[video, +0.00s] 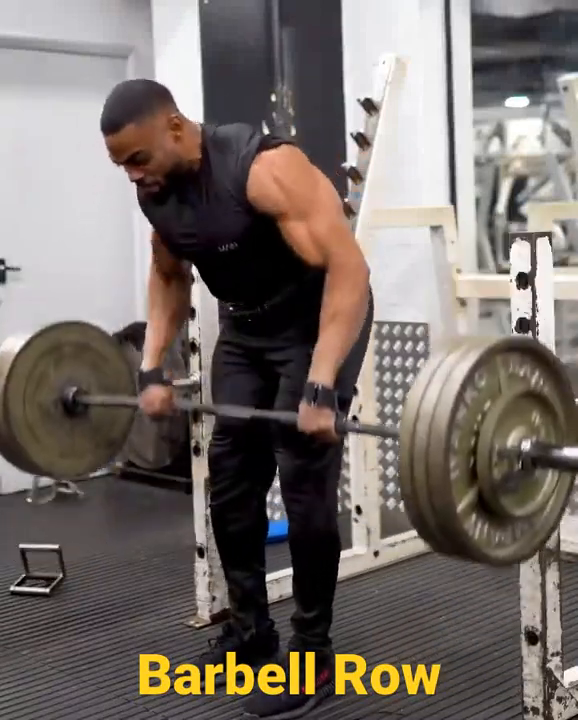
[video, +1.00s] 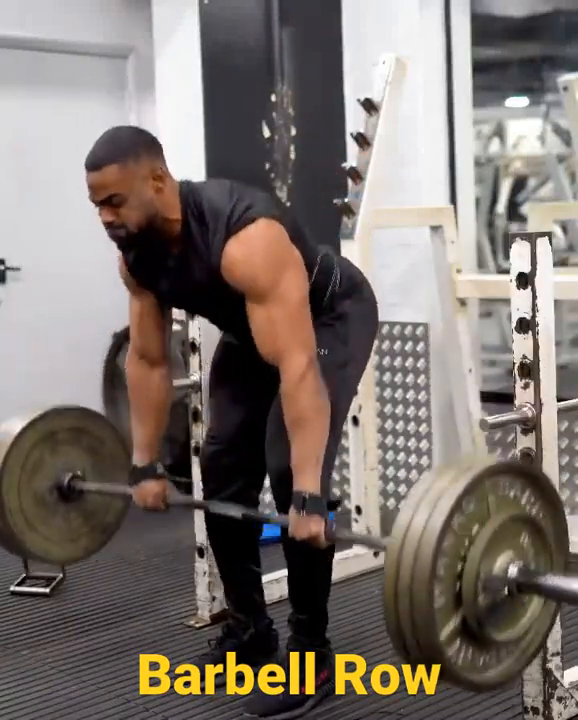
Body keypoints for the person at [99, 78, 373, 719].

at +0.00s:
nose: (133, 176)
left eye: (139, 159)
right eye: (124, 165)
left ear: (178, 128)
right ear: (120, 154)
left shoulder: (268, 167)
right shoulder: (158, 192)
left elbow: (350, 271)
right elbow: (169, 276)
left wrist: (320, 385)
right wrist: (153, 367)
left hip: (316, 331)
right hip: (245, 338)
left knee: (305, 488)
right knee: (230, 484)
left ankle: (311, 649)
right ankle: (250, 628)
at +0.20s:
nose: (121, 192)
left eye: (126, 175)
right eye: (112, 181)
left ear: (167, 146)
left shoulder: (259, 190)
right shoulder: (148, 213)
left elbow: (326, 305)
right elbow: (157, 310)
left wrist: (319, 431)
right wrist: (151, 409)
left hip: (321, 317)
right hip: (249, 327)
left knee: (302, 462)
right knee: (229, 469)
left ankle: (312, 647)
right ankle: (249, 627)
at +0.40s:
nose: (111, 213)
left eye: (116, 196)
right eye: (102, 202)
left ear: (156, 165)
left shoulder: (254, 220)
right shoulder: (142, 239)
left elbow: (311, 344)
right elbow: (151, 340)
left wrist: (318, 472)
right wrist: (152, 443)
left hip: (323, 310)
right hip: (247, 321)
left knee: (295, 468)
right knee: (219, 467)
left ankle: (310, 648)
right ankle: (248, 625)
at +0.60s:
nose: (103, 231)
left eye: (110, 214)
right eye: (95, 218)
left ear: (152, 188)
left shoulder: (252, 247)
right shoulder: (138, 259)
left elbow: (294, 378)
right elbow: (152, 368)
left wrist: (316, 502)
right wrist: (153, 473)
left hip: (329, 314)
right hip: (249, 323)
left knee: (296, 469)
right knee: (217, 464)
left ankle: (310, 649)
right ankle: (249, 627)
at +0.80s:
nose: (102, 237)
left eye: (110, 220)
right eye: (94, 223)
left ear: (155, 201)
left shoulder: (252, 262)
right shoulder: (136, 269)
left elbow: (291, 397)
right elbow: (151, 382)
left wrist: (312, 520)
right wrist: (148, 486)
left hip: (330, 320)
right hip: (249, 329)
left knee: (289, 475)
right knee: (214, 471)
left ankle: (308, 649)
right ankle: (247, 628)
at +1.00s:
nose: (106, 220)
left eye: (114, 203)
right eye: (98, 206)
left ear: (159, 183)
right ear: (96, 198)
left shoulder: (248, 237)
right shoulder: (140, 252)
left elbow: (298, 366)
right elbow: (148, 358)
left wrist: (308, 492)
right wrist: (146, 464)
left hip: (331, 313)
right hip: (249, 328)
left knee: (296, 477)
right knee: (223, 471)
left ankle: (308, 650)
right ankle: (248, 629)